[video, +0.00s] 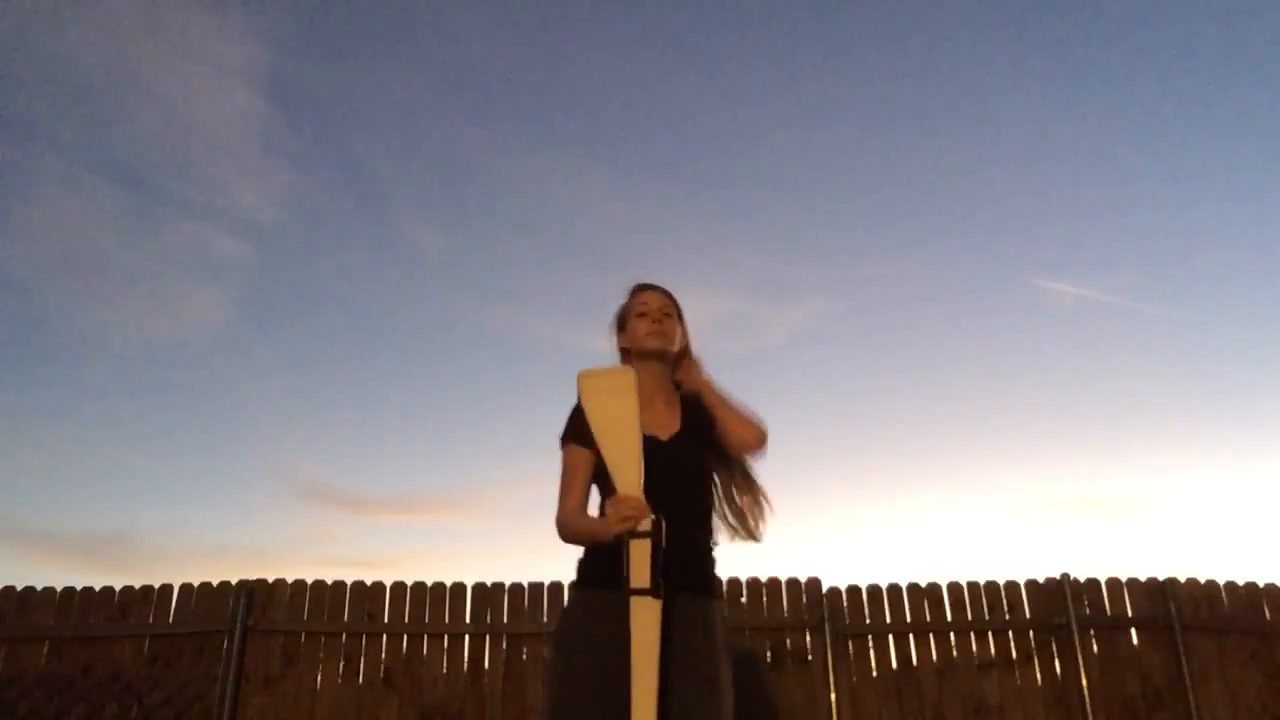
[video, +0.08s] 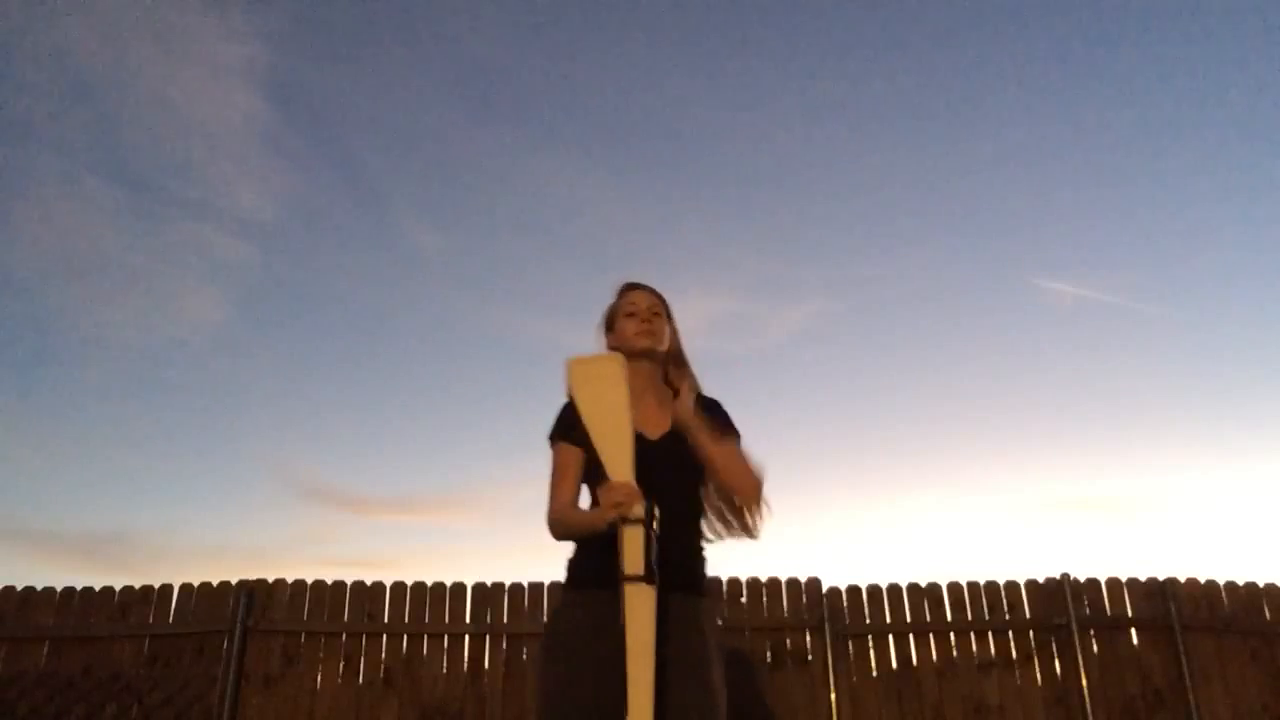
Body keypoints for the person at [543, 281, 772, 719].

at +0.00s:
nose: (656, 319)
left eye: (668, 315)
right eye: (642, 314)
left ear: (682, 339)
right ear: (623, 339)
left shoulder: (702, 408)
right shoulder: (598, 404)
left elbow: (752, 439)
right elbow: (568, 519)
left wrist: (702, 385)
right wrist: (606, 527)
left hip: (689, 592)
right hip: (609, 590)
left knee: (697, 707)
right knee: (595, 708)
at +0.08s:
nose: (645, 320)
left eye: (656, 314)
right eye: (630, 314)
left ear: (671, 335)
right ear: (610, 336)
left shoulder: (703, 410)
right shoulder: (586, 407)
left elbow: (747, 491)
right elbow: (559, 517)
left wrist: (690, 420)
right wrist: (601, 516)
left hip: (679, 594)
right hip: (598, 592)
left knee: (688, 707)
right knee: (588, 706)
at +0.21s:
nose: (629, 317)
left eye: (640, 311)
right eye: (614, 311)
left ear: (655, 331)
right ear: (594, 333)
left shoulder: (688, 411)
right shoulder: (568, 404)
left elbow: (723, 518)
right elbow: (539, 513)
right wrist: (586, 496)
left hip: (661, 591)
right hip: (579, 588)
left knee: (671, 706)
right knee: (567, 705)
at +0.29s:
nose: (619, 315)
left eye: (630, 310)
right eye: (604, 309)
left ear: (645, 332)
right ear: (584, 333)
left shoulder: (675, 410)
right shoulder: (553, 403)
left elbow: (701, 519)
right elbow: (526, 508)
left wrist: (656, 563)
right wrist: (573, 483)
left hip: (643, 590)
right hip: (562, 589)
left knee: (648, 708)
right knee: (547, 707)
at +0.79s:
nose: (654, 318)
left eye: (663, 311)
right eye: (639, 308)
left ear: (670, 328)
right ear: (611, 325)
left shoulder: (694, 413)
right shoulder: (574, 400)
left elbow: (682, 502)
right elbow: (551, 492)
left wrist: (691, 544)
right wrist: (622, 457)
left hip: (655, 601)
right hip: (571, 598)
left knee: (694, 707)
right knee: (556, 707)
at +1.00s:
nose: (715, 319)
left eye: (723, 312)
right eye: (700, 310)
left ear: (731, 328)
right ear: (672, 325)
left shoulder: (753, 421)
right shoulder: (633, 403)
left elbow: (732, 518)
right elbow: (608, 499)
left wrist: (759, 559)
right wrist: (685, 473)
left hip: (707, 608)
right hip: (623, 604)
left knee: (760, 709)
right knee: (599, 708)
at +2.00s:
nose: (741, 310)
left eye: (747, 307)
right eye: (727, 300)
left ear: (754, 331)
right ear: (696, 323)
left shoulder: (780, 415)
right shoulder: (657, 406)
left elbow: (800, 513)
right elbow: (638, 508)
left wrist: (830, 559)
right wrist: (704, 500)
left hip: (742, 613)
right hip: (652, 610)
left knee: (789, 710)